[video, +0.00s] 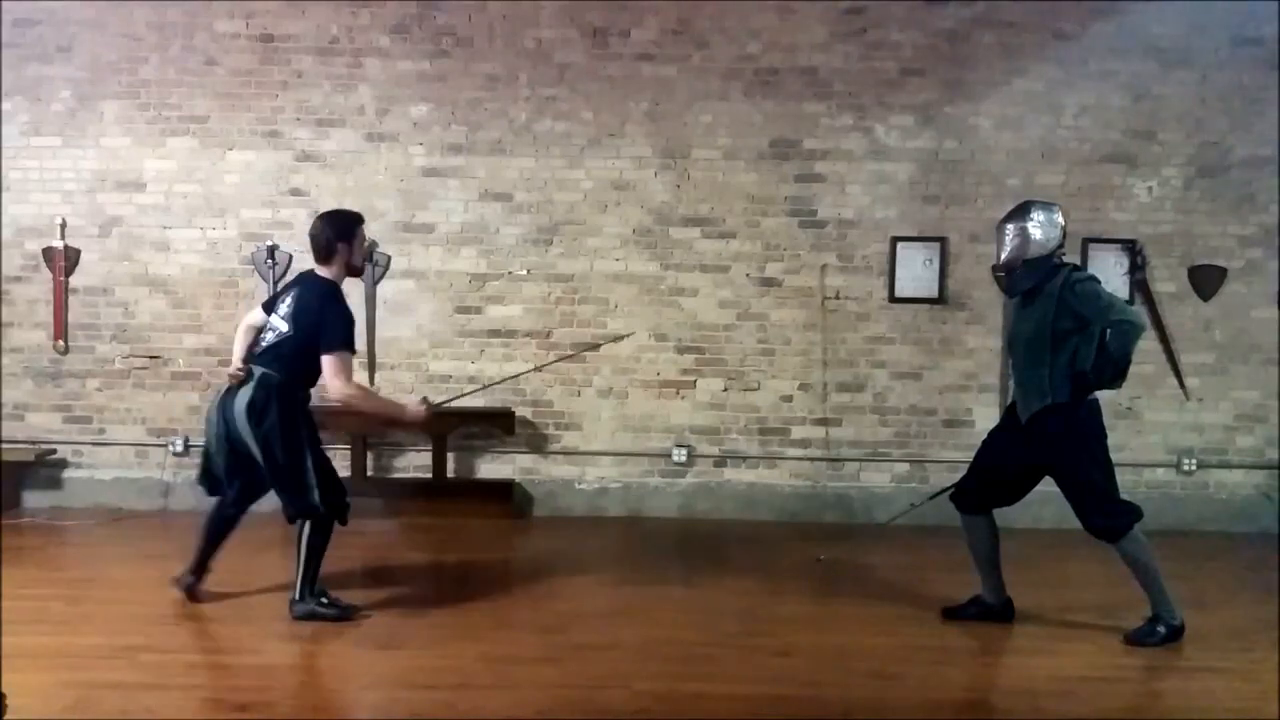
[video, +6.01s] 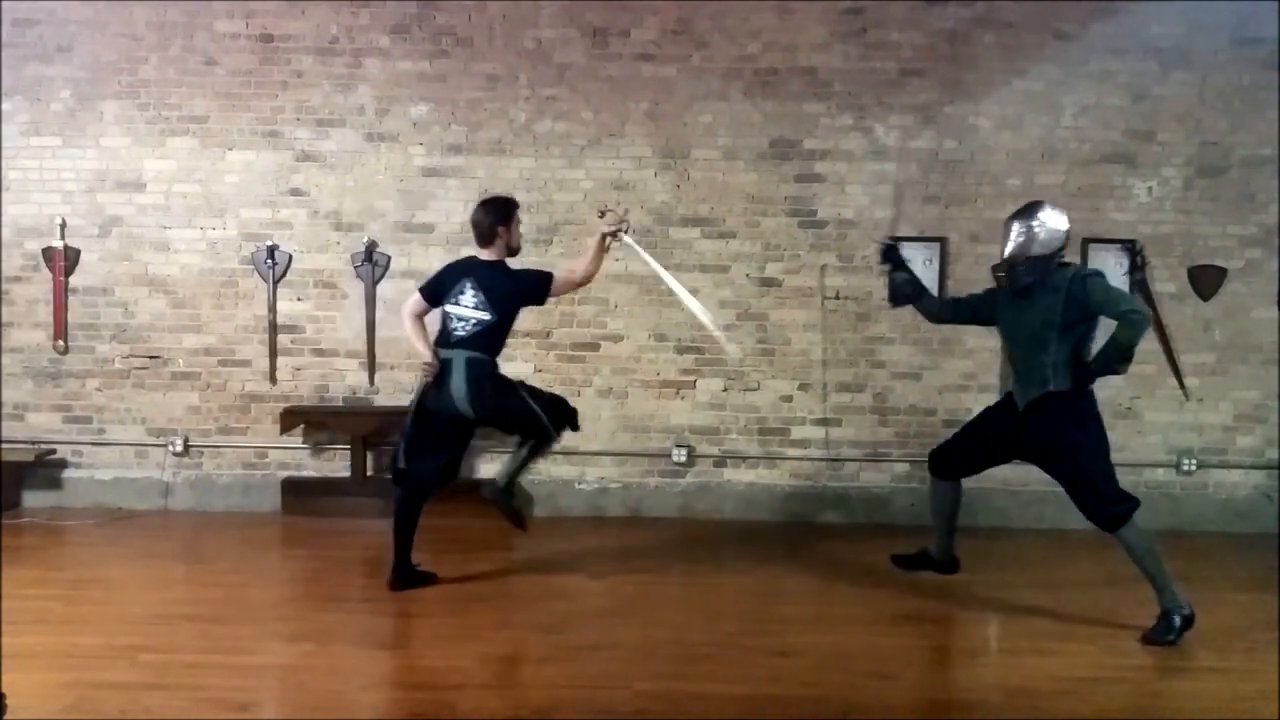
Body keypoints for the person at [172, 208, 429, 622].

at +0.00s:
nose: (366, 249)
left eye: (365, 241)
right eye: (361, 242)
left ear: (322, 248)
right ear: (341, 248)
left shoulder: (297, 285)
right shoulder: (334, 307)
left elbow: (248, 323)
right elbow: (340, 389)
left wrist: (238, 363)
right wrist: (402, 410)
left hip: (238, 398)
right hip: (272, 407)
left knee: (247, 484)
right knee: (325, 496)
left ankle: (192, 574)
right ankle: (306, 595)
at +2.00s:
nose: (603, 293)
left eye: (599, 286)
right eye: (597, 287)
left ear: (561, 297)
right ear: (583, 294)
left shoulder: (536, 337)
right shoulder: (593, 340)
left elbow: (487, 366)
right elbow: (655, 369)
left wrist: (497, 403)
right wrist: (718, 382)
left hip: (493, 434)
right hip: (532, 439)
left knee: (452, 502)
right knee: (607, 496)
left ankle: (382, 559)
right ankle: (601, 581)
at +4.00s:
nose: (298, 245)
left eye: (296, 237)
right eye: (291, 238)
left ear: (267, 247)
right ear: (266, 247)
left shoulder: (275, 294)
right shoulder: (252, 301)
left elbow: (248, 348)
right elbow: (287, 365)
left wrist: (212, 368)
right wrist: (326, 410)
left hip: (220, 406)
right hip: (230, 412)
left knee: (168, 480)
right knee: (282, 489)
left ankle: (128, 555)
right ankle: (267, 584)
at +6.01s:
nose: (521, 231)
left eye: (518, 224)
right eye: (517, 225)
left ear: (482, 233)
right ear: (502, 232)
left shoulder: (455, 270)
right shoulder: (514, 282)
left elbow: (411, 311)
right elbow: (580, 276)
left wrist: (426, 354)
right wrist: (602, 237)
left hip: (439, 390)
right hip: (479, 387)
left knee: (415, 476)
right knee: (554, 415)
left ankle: (401, 568)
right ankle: (504, 485)